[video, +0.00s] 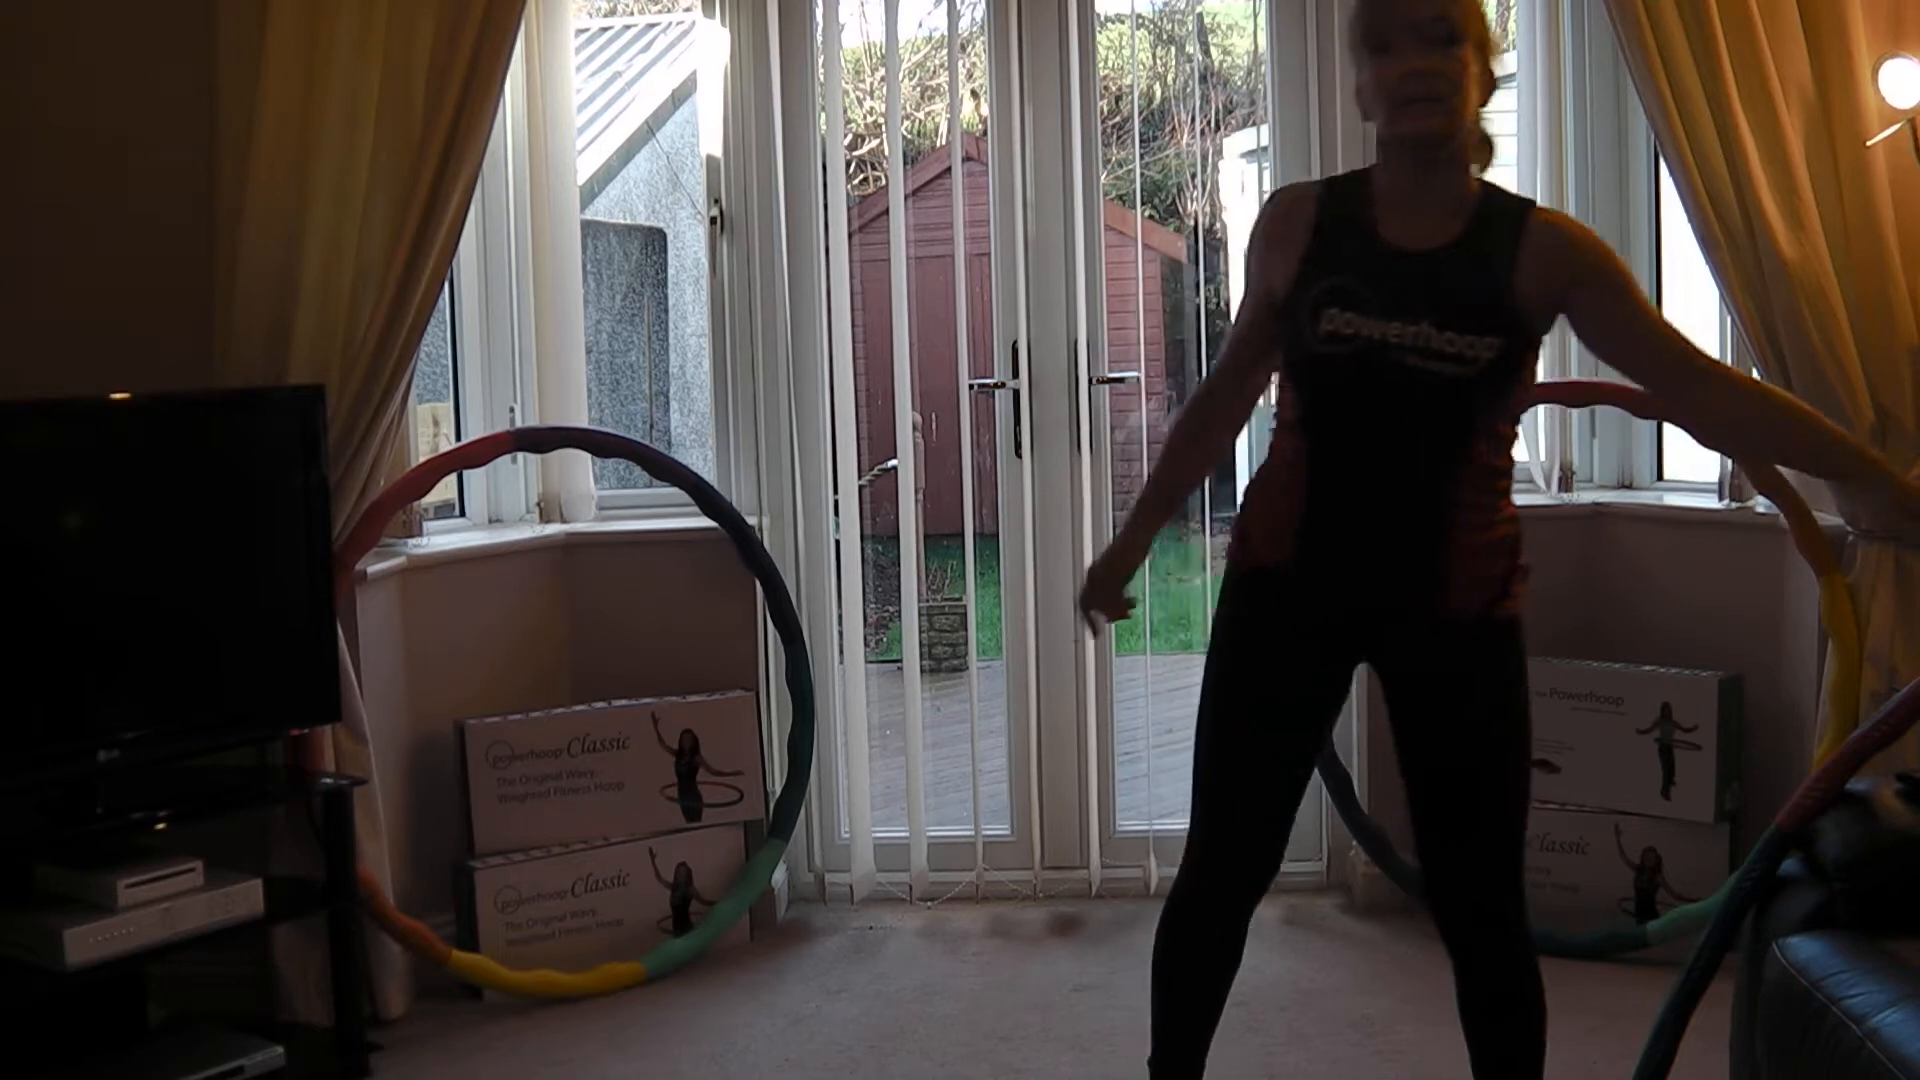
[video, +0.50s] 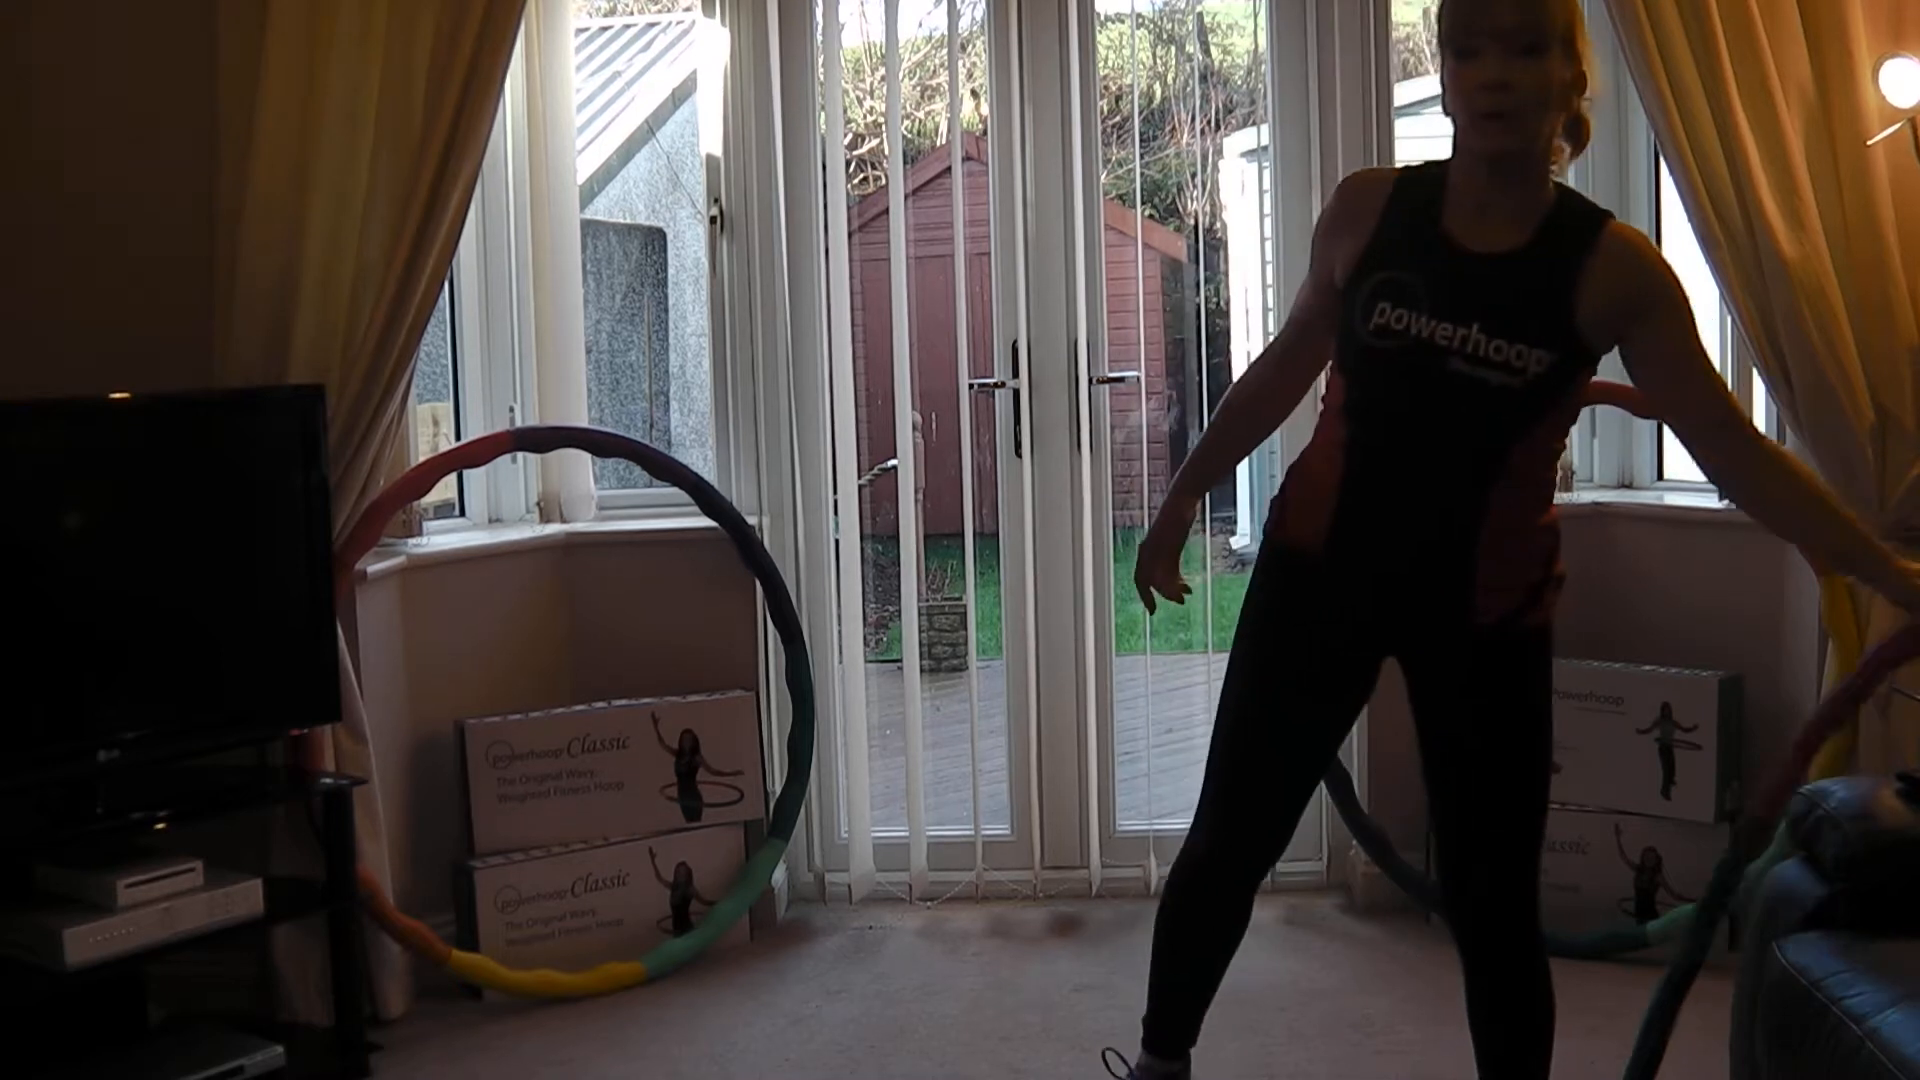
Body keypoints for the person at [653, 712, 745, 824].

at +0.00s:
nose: (686, 742)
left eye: (689, 739)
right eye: (683, 739)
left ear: (694, 741)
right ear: (680, 741)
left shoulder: (696, 758)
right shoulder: (678, 755)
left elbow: (713, 772)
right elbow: (662, 745)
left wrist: (733, 774)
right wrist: (655, 726)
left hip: (693, 794)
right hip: (682, 794)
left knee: (696, 828)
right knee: (691, 828)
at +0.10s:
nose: (686, 742)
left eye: (689, 739)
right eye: (684, 739)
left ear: (694, 742)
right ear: (680, 742)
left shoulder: (696, 758)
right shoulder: (678, 755)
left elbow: (713, 772)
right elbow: (663, 745)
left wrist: (733, 774)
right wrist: (656, 726)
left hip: (693, 794)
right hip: (682, 795)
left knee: (696, 828)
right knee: (691, 828)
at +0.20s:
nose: (686, 742)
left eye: (689, 739)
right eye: (684, 739)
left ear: (694, 742)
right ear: (680, 741)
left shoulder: (696, 758)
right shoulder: (678, 755)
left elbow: (713, 772)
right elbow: (663, 745)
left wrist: (733, 774)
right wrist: (656, 726)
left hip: (693, 794)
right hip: (682, 795)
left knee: (696, 828)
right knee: (691, 828)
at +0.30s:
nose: (686, 742)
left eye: (689, 739)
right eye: (684, 739)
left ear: (694, 741)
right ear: (680, 741)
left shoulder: (696, 757)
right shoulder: (678, 755)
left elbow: (712, 772)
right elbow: (663, 745)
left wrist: (733, 774)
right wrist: (655, 726)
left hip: (693, 794)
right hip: (682, 795)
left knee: (696, 828)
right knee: (691, 828)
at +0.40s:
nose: (686, 742)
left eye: (689, 739)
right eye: (684, 739)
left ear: (694, 741)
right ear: (680, 741)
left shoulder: (696, 757)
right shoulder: (678, 755)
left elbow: (712, 771)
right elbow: (663, 745)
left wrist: (733, 774)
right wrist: (655, 726)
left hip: (693, 794)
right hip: (682, 795)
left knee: (696, 828)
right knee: (691, 828)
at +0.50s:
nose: (686, 742)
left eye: (689, 739)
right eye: (684, 739)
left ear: (694, 741)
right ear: (680, 741)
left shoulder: (696, 757)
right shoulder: (678, 755)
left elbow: (712, 771)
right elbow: (663, 745)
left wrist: (733, 774)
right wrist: (655, 726)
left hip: (693, 794)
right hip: (682, 795)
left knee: (696, 828)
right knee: (691, 828)